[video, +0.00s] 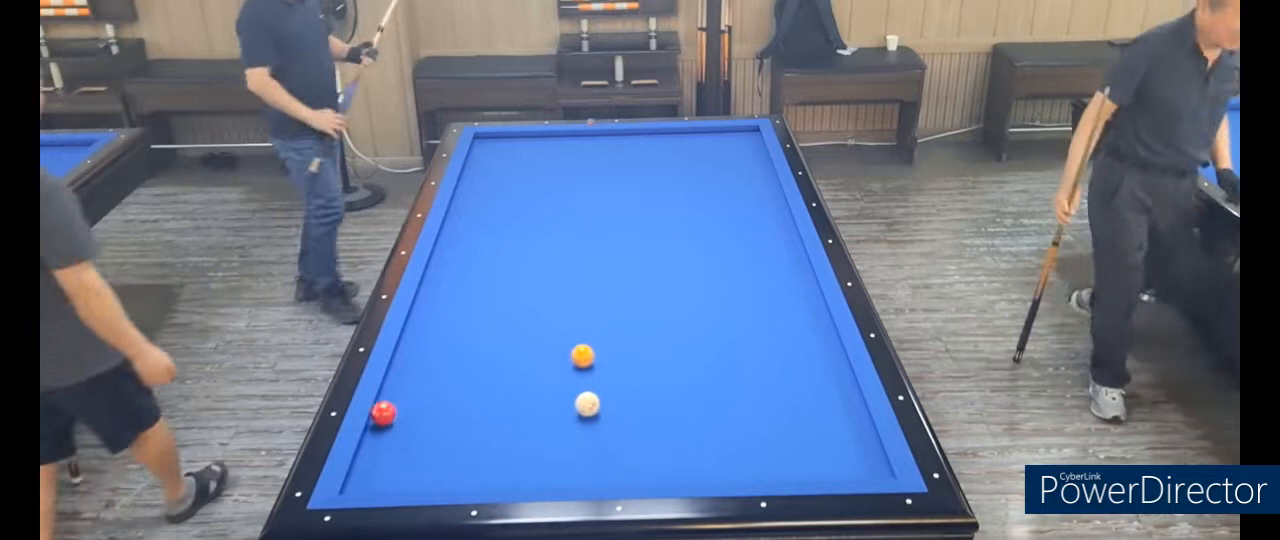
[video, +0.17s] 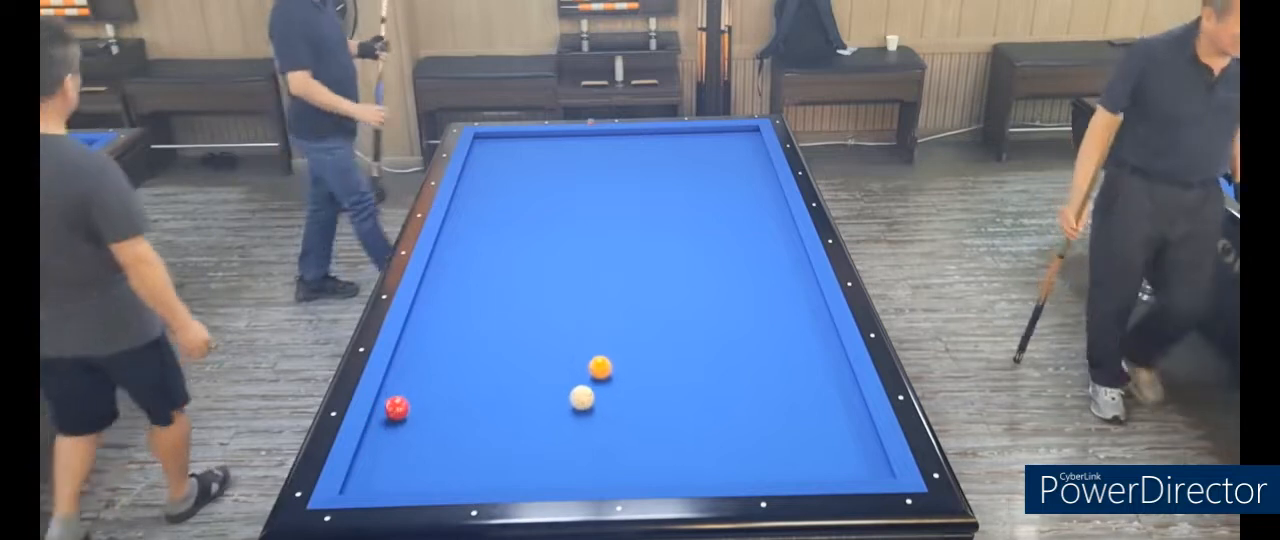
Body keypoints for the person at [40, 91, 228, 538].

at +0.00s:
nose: (45, 101)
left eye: (46, 92)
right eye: (43, 94)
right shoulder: (48, 192)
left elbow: (80, 284)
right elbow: (81, 286)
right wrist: (142, 351)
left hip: (45, 367)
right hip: (81, 356)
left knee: (43, 466)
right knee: (146, 427)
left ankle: (47, 531)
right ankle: (179, 496)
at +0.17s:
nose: (79, 86)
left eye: (75, 76)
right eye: (77, 77)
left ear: (43, 87)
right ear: (66, 86)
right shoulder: (86, 168)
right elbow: (137, 259)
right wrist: (184, 323)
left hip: (51, 332)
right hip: (117, 327)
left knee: (77, 423)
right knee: (168, 411)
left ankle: (62, 523)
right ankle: (181, 494)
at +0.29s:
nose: (104, 69)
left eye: (101, 59)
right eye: (101, 60)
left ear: (40, 71)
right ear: (94, 71)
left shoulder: (43, 138)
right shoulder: (121, 150)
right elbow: (171, 235)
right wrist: (211, 298)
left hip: (69, 314)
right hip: (137, 313)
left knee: (112, 384)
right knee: (176, 398)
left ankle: (107, 480)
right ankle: (180, 494)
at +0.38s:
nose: (115, 64)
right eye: (113, 56)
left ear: (46, 69)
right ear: (106, 67)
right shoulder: (137, 146)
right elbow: (185, 227)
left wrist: (52, 276)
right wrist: (223, 281)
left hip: (77, 303)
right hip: (147, 303)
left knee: (122, 368)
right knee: (178, 394)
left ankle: (133, 458)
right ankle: (180, 492)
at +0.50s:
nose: (130, 57)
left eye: (124, 49)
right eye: (128, 50)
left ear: (63, 62)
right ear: (123, 59)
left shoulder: (48, 128)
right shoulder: (156, 135)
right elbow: (208, 217)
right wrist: (240, 257)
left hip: (96, 293)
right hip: (161, 289)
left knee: (142, 368)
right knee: (183, 389)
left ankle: (173, 427)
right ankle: (180, 492)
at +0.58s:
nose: (138, 54)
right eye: (137, 48)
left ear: (74, 57)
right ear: (133, 55)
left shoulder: (55, 124)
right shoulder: (168, 126)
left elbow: (43, 196)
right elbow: (213, 200)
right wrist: (247, 243)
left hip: (113, 287)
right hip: (173, 284)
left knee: (157, 356)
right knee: (189, 381)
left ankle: (196, 401)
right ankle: (181, 488)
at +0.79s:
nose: (151, 35)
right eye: (148, 28)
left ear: (87, 38)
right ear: (144, 35)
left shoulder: (68, 103)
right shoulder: (178, 100)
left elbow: (58, 177)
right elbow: (218, 175)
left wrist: (89, 153)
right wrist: (253, 225)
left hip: (127, 257)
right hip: (186, 251)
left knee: (166, 331)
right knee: (217, 332)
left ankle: (206, 401)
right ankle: (198, 422)